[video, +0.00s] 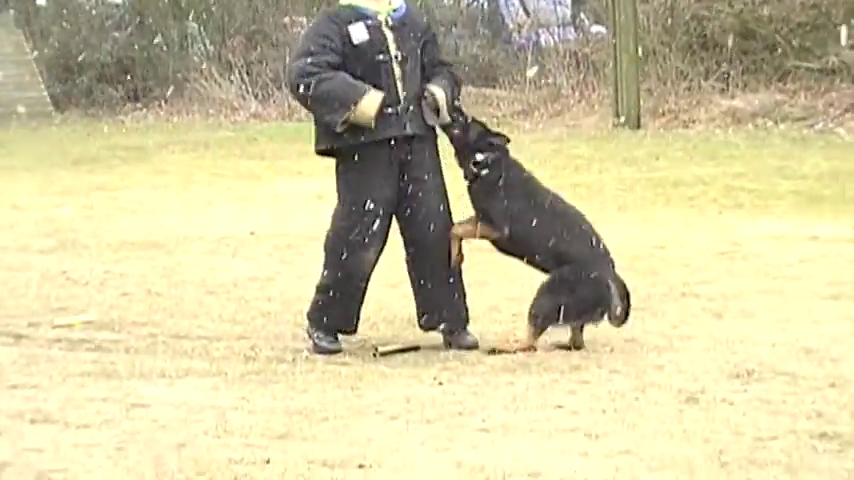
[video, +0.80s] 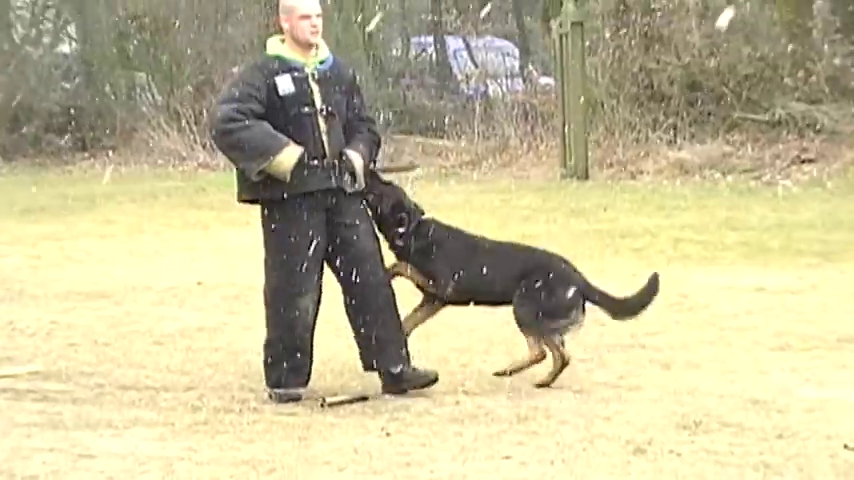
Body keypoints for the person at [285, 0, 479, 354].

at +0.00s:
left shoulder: (414, 24)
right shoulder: (335, 23)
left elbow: (441, 70)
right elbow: (307, 75)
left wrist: (440, 90)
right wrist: (358, 100)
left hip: (419, 147)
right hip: (367, 150)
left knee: (434, 232)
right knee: (357, 238)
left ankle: (453, 324)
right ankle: (324, 323)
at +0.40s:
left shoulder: (382, 23)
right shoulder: (293, 30)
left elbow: (413, 75)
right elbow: (267, 82)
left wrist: (395, 102)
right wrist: (312, 107)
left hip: (384, 150)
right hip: (331, 154)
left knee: (401, 237)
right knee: (325, 243)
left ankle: (420, 328)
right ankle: (293, 328)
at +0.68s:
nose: (308, 21)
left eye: (311, 14)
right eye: (298, 14)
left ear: (317, 17)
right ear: (278, 20)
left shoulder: (337, 66)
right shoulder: (259, 72)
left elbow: (365, 116)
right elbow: (230, 128)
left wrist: (372, 146)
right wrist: (284, 155)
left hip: (346, 191)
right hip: (295, 196)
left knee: (371, 276)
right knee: (300, 289)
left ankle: (400, 363)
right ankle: (289, 374)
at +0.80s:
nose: (315, 23)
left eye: (318, 16)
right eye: (305, 16)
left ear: (323, 20)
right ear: (284, 22)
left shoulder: (340, 71)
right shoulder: (262, 72)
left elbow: (364, 126)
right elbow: (229, 123)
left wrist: (356, 155)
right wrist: (285, 156)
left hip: (344, 193)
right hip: (293, 197)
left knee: (369, 277)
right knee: (294, 291)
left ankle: (395, 368)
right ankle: (286, 381)